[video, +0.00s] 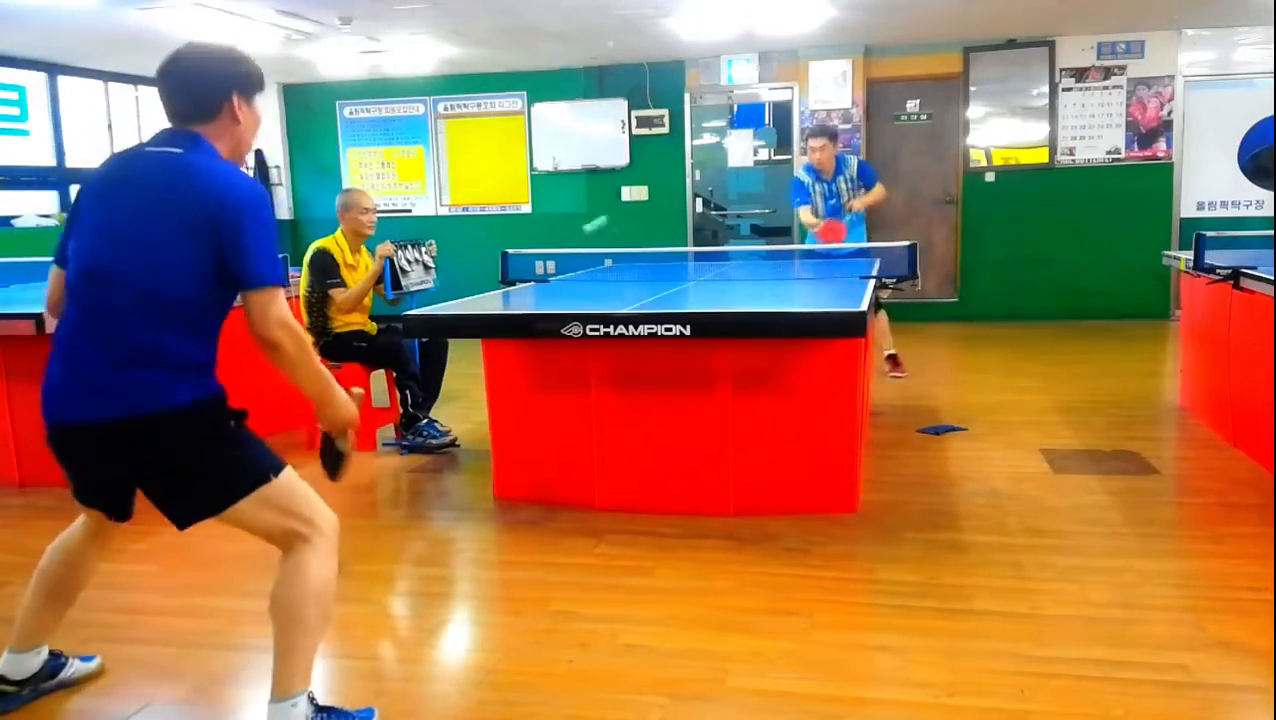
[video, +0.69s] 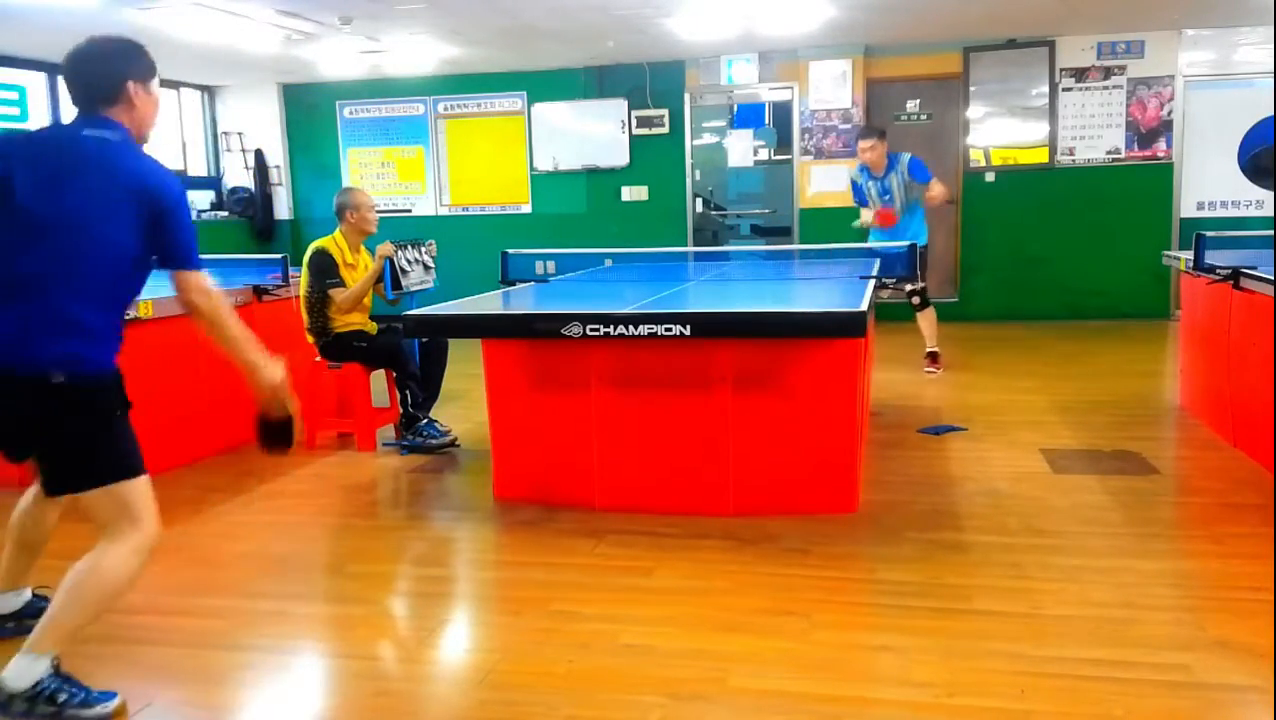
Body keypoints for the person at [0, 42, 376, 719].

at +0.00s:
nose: (258, 123)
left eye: (257, 109)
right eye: (256, 108)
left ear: (172, 109)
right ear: (234, 107)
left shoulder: (104, 179)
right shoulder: (233, 190)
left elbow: (57, 302)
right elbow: (271, 324)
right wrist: (332, 402)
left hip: (73, 407)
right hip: (168, 410)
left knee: (100, 515)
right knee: (311, 530)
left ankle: (20, 661)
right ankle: (292, 704)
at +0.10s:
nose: (252, 131)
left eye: (251, 118)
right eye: (250, 117)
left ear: (166, 112)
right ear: (228, 112)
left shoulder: (92, 181)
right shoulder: (239, 195)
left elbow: (42, 303)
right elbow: (273, 329)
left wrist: (107, 350)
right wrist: (319, 407)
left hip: (68, 407)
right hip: (170, 411)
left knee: (82, 512)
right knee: (308, 535)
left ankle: (19, 661)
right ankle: (295, 704)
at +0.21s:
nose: (213, 128)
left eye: (212, 116)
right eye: (212, 116)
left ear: (132, 113)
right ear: (196, 117)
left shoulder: (68, 166)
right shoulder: (227, 200)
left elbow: (3, 254)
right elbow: (231, 294)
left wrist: (15, 318)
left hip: (75, 400)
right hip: (188, 402)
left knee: (17, 519)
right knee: (295, 545)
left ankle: (4, 665)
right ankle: (296, 706)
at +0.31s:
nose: (189, 97)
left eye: (190, 86)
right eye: (189, 86)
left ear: (105, 80)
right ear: (171, 80)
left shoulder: (48, 129)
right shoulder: (198, 159)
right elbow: (205, 282)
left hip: (56, 369)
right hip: (163, 368)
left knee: (5, 520)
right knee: (234, 535)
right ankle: (286, 700)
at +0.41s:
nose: (178, 36)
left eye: (173, 23)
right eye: (176, 24)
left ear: (94, 28)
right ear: (163, 31)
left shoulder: (34, 78)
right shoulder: (192, 112)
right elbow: (250, 205)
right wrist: (271, 196)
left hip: (17, 325)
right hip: (117, 330)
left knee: (4, 502)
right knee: (185, 497)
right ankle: (232, 660)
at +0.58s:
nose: (174, 43)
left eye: (170, 29)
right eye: (170, 29)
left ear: (95, 35)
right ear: (153, 39)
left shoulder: (36, 75)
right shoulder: (182, 128)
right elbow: (261, 227)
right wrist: (334, 223)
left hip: (1, 311)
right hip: (70, 323)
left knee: (20, 460)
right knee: (111, 499)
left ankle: (3, 594)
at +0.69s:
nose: (159, 104)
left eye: (157, 89)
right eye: (156, 90)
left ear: (78, 96)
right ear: (132, 93)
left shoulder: (17, 149)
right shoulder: (151, 180)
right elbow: (197, 290)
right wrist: (261, 365)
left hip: (5, 364)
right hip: (74, 374)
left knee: (53, 481)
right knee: (133, 528)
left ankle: (8, 602)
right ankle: (27, 674)